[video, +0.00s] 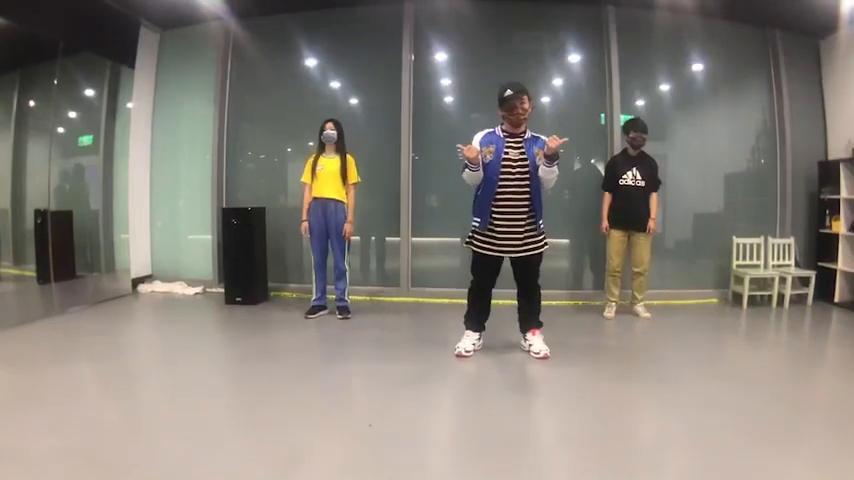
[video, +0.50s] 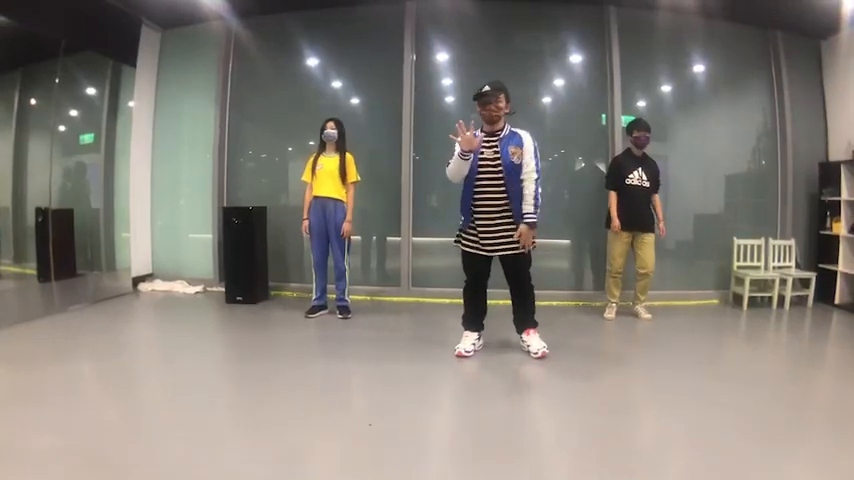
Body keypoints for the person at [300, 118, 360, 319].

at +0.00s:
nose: (329, 133)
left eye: (333, 129)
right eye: (325, 130)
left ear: (339, 134)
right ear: (321, 135)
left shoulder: (347, 159)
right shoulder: (313, 160)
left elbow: (351, 191)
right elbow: (308, 189)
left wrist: (350, 220)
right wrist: (304, 217)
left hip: (338, 204)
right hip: (316, 203)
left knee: (340, 258)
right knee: (318, 257)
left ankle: (342, 302)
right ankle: (319, 301)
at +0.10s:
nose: (329, 132)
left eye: (333, 129)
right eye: (325, 129)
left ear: (339, 134)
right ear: (321, 134)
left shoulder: (347, 159)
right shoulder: (313, 159)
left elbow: (351, 190)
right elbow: (308, 189)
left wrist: (349, 220)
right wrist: (304, 217)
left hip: (337, 204)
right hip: (316, 203)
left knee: (339, 257)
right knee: (318, 257)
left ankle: (342, 302)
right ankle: (318, 301)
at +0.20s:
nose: (329, 132)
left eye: (334, 129)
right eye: (326, 129)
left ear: (340, 133)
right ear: (321, 134)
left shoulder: (347, 159)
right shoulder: (314, 159)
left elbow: (351, 190)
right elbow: (308, 189)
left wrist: (349, 219)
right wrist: (305, 217)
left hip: (337, 203)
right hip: (317, 203)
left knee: (340, 257)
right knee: (318, 256)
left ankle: (342, 302)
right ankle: (318, 301)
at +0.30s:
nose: (329, 132)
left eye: (334, 129)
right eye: (326, 129)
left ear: (340, 134)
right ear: (321, 134)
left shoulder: (347, 159)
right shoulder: (314, 159)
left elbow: (350, 190)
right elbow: (308, 189)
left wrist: (348, 220)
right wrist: (305, 217)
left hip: (337, 204)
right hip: (316, 203)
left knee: (339, 257)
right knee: (318, 256)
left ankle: (342, 302)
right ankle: (318, 301)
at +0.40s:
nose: (330, 132)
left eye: (334, 129)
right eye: (327, 129)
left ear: (341, 134)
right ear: (322, 134)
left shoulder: (347, 159)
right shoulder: (315, 158)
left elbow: (350, 190)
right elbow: (309, 188)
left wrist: (348, 220)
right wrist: (305, 217)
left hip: (337, 204)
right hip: (317, 203)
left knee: (339, 257)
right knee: (318, 257)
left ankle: (342, 302)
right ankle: (319, 301)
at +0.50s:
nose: (329, 132)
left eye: (334, 129)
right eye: (326, 129)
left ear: (340, 134)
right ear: (321, 133)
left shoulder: (346, 158)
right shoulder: (315, 158)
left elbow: (350, 189)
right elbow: (309, 188)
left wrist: (349, 219)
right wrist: (305, 216)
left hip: (337, 203)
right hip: (317, 203)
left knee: (339, 257)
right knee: (318, 256)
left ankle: (342, 302)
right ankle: (319, 301)